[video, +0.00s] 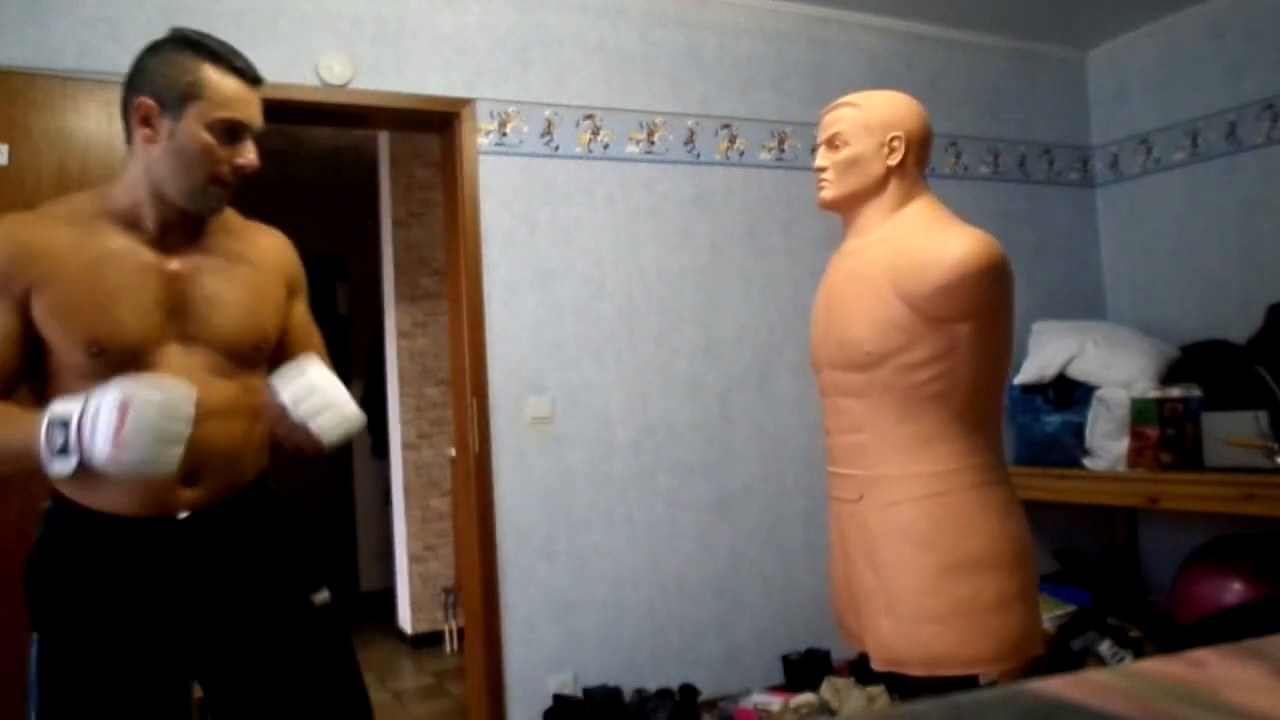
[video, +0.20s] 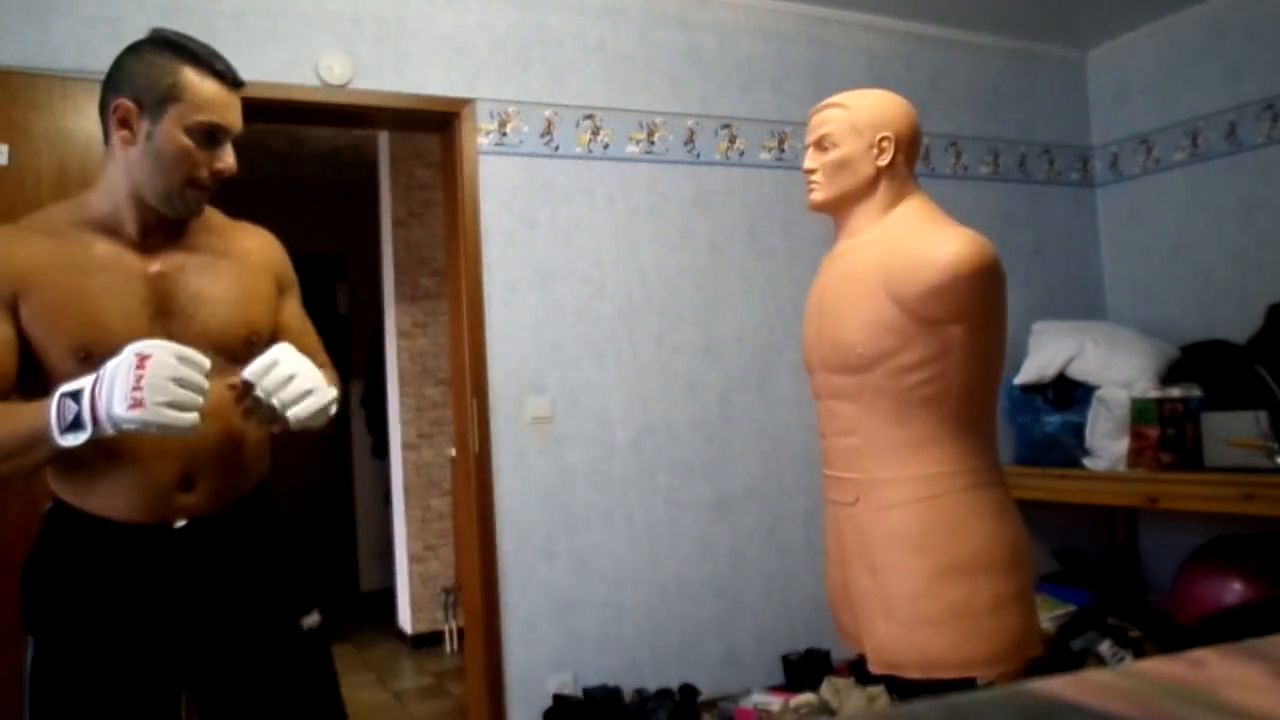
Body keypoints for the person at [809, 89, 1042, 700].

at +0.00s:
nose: (817, 160)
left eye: (836, 144)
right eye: (819, 146)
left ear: (892, 152)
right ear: (886, 154)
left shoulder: (953, 260)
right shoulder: (851, 258)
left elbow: (973, 427)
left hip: (940, 540)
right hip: (871, 537)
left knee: (964, 702)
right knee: (897, 694)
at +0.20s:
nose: (807, 162)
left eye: (825, 145)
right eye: (808, 147)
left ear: (882, 152)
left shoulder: (942, 259)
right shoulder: (842, 260)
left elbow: (965, 431)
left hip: (935, 542)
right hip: (865, 540)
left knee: (962, 716)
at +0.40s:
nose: (813, 161)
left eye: (831, 144)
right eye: (814, 146)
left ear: (888, 152)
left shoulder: (948, 260)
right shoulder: (846, 260)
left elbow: (967, 429)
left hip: (937, 544)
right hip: (868, 540)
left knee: (960, 703)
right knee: (896, 695)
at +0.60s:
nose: (813, 160)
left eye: (831, 144)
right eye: (814, 146)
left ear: (888, 152)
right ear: (882, 154)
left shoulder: (950, 261)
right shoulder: (846, 259)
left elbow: (969, 434)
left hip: (937, 540)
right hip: (868, 537)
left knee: (959, 703)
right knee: (895, 695)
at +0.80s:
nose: (811, 161)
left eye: (829, 144)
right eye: (812, 146)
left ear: (886, 152)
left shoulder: (948, 260)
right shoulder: (845, 259)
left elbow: (966, 432)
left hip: (937, 545)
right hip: (867, 542)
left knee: (959, 704)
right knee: (896, 696)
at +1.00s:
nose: (812, 160)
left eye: (830, 144)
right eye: (813, 146)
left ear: (887, 152)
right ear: (881, 154)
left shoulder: (949, 261)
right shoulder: (846, 260)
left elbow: (966, 433)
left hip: (937, 544)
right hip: (868, 541)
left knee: (960, 703)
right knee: (897, 696)